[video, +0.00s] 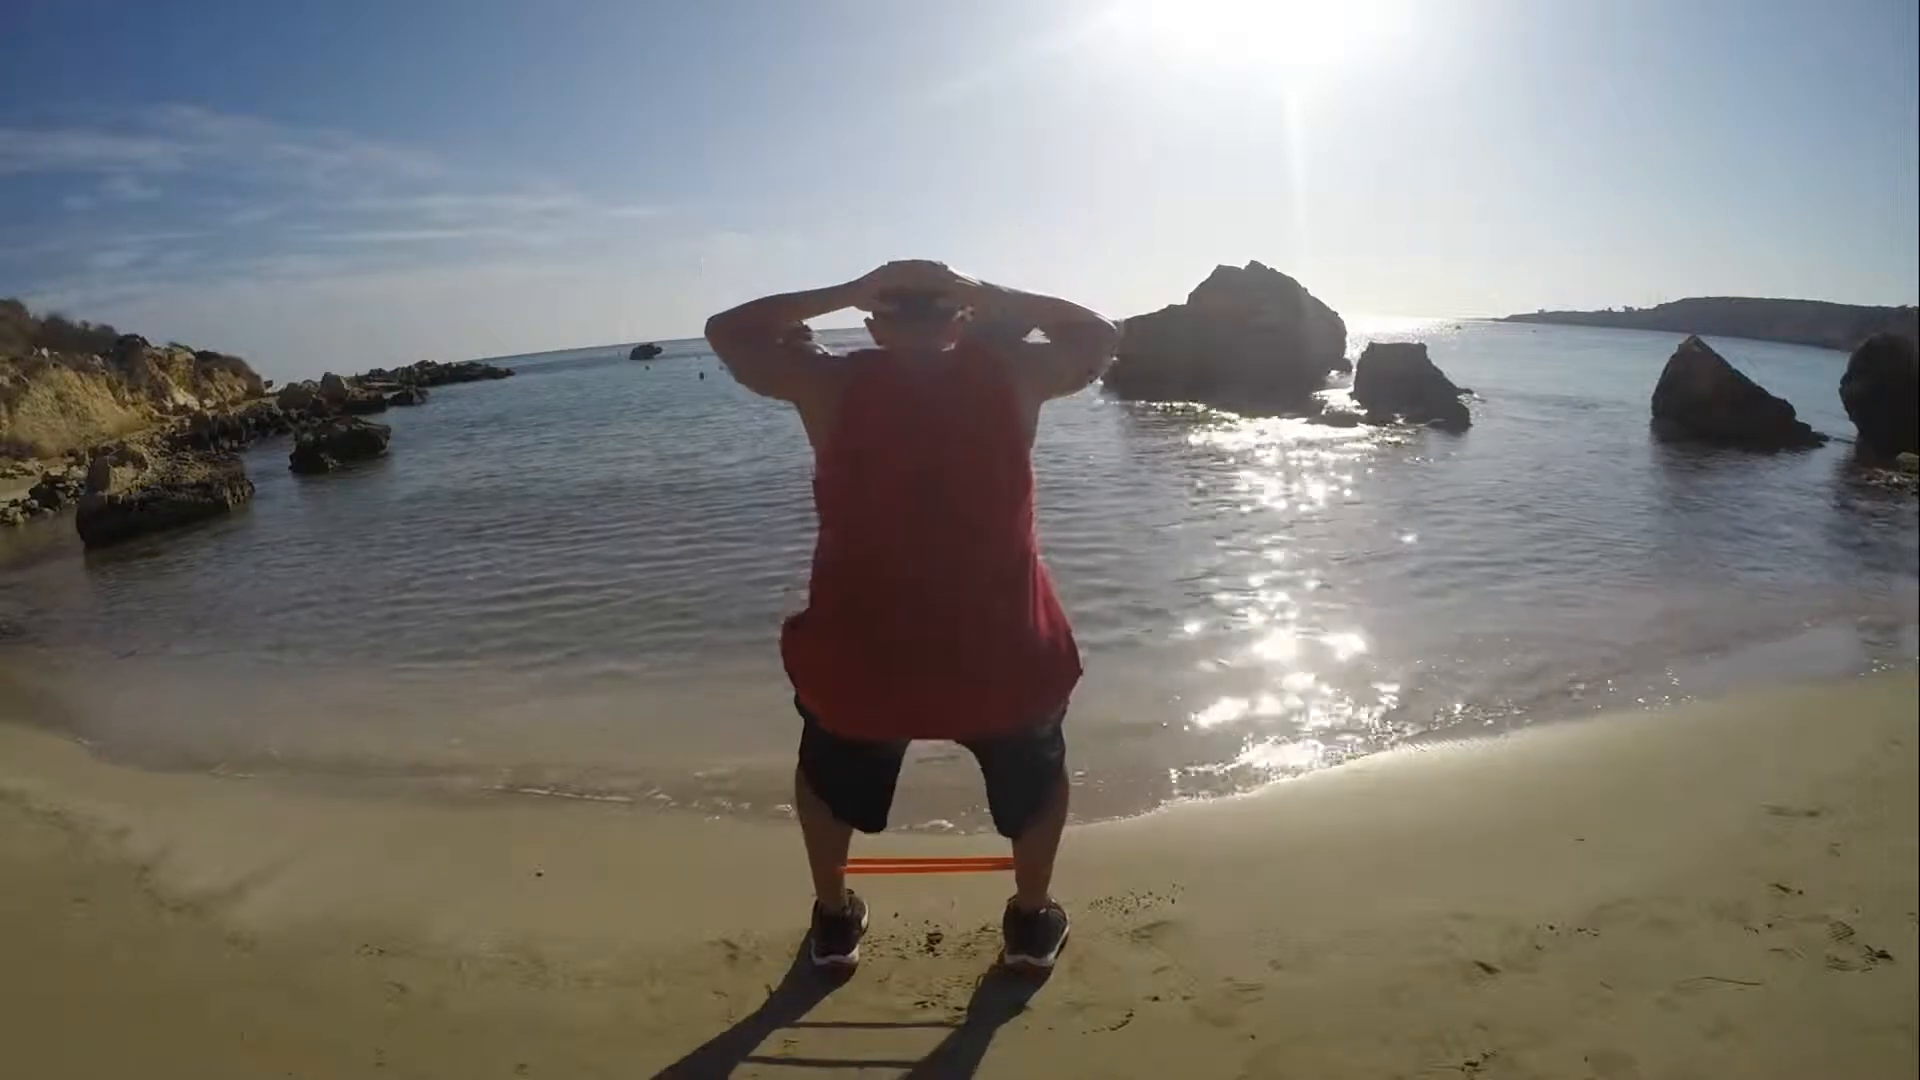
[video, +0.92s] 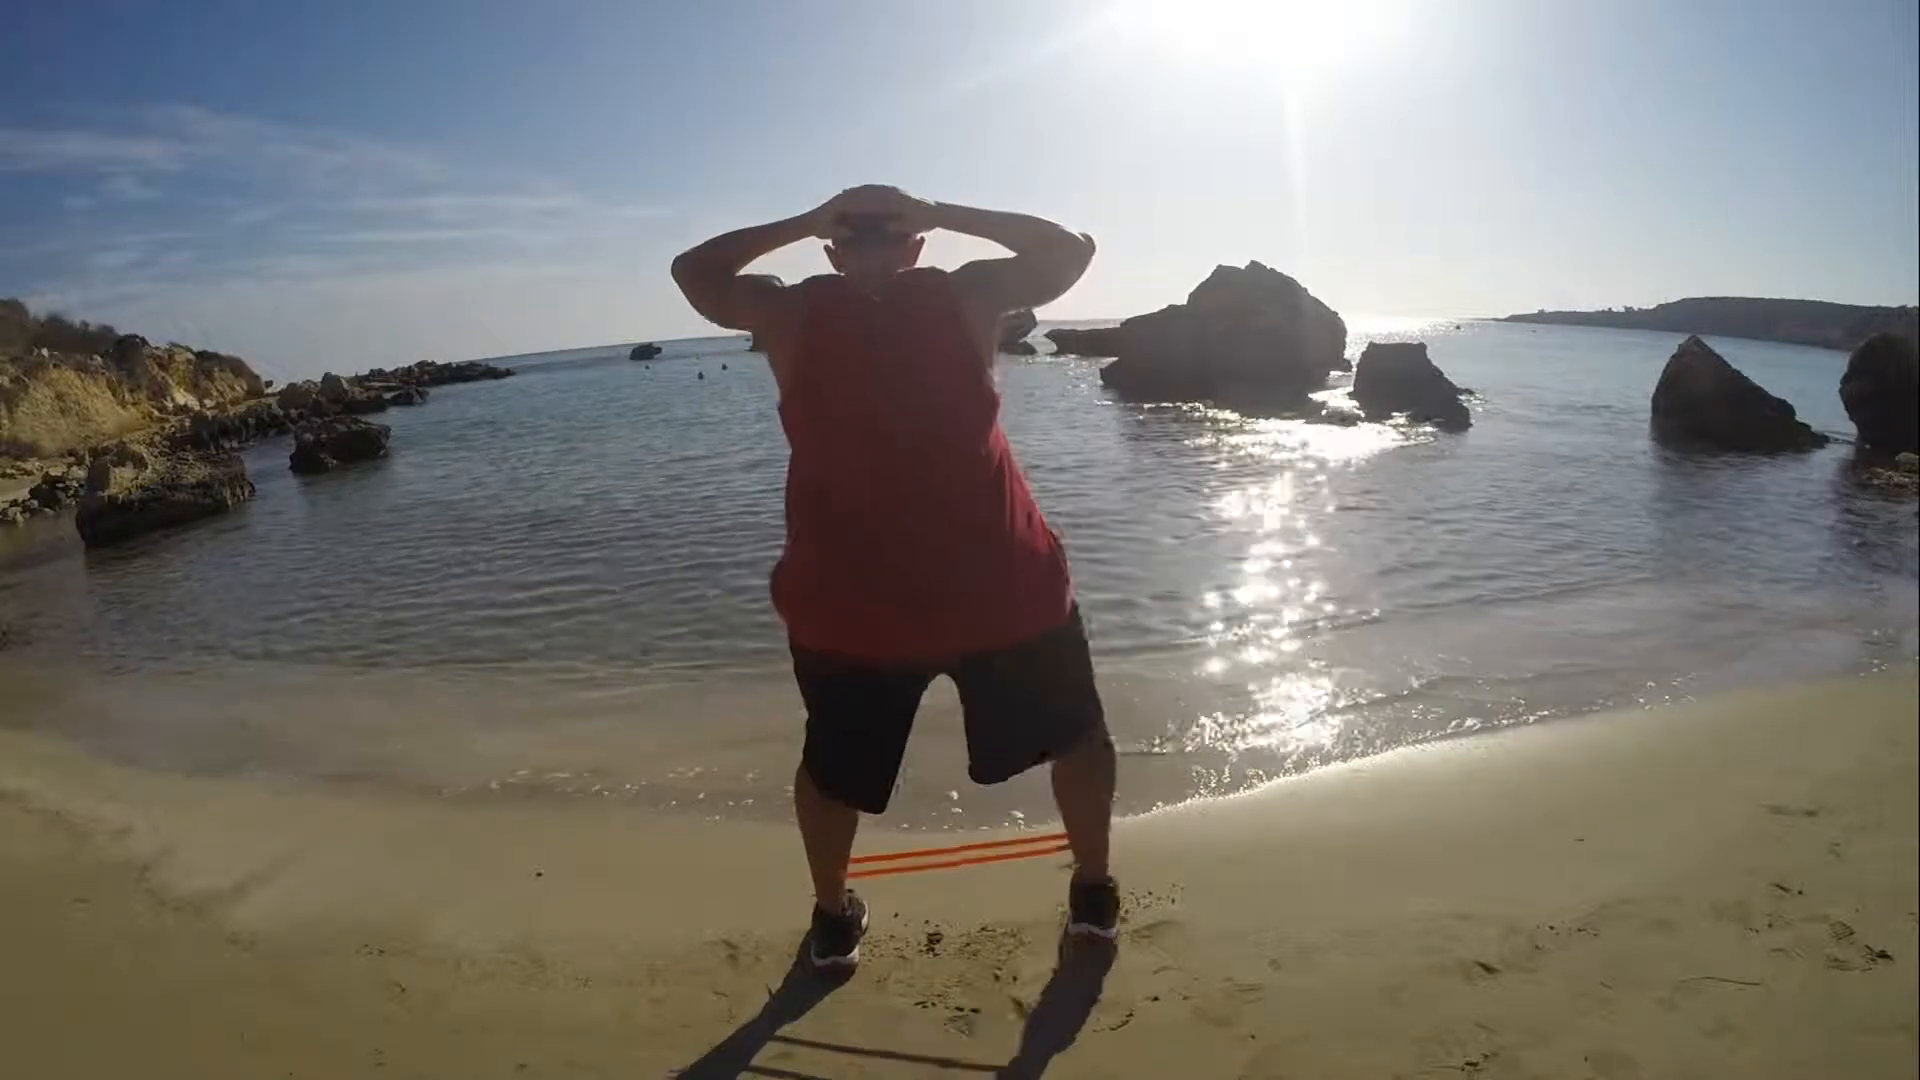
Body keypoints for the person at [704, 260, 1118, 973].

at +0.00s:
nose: (900, 306)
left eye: (894, 300)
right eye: (912, 296)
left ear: (875, 321)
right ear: (963, 316)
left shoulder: (828, 380)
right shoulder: (1009, 373)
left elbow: (728, 329)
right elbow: (1099, 335)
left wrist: (849, 293)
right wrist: (994, 296)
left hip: (863, 658)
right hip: (998, 655)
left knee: (827, 762)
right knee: (1035, 768)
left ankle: (832, 915)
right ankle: (1030, 917)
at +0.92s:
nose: (869, 241)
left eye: (868, 229)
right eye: (873, 228)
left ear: (833, 242)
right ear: (919, 242)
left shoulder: (791, 311)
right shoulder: (970, 296)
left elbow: (695, 271)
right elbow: (1067, 249)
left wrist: (806, 224)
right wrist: (945, 214)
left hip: (852, 580)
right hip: (998, 567)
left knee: (834, 760)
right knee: (1077, 731)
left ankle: (831, 919)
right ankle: (1095, 890)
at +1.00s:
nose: (866, 222)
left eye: (857, 214)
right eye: (884, 210)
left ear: (831, 237)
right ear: (918, 233)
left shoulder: (789, 303)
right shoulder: (968, 286)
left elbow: (698, 265)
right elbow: (1072, 236)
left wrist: (807, 214)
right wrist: (939, 201)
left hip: (855, 576)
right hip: (1003, 557)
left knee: (839, 760)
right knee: (1107, 727)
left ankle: (832, 917)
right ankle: (1156, 881)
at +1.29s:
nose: (929, 247)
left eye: (930, 234)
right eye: (934, 232)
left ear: (913, 250)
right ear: (998, 247)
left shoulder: (873, 322)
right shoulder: (1052, 304)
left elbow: (764, 278)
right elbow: (1147, 251)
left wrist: (881, 228)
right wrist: (1019, 217)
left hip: (934, 596)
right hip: (1083, 590)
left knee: (868, 771)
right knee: (1179, 764)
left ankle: (838, 916)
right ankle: (1253, 904)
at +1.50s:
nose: (1034, 246)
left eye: (1036, 231)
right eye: (1037, 229)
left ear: (1028, 240)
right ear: (1105, 235)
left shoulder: (999, 312)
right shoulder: (1167, 293)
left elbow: (866, 270)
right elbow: (1247, 243)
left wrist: (990, 221)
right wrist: (1127, 210)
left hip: (1036, 578)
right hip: (1179, 579)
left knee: (936, 743)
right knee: (1232, 748)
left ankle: (873, 896)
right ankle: (1257, 907)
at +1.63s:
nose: (1107, 230)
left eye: (1104, 216)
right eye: (1105, 215)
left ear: (1080, 228)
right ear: (1157, 221)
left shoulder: (1056, 298)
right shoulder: (1218, 281)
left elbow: (914, 250)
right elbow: (1291, 238)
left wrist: (1039, 207)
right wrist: (1183, 197)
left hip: (1085, 561)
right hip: (1225, 563)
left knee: (1002, 734)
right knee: (1251, 752)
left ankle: (992, 893)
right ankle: (1261, 904)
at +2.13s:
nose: (1144, 243)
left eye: (1137, 232)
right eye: (1161, 227)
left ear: (1120, 248)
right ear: (1203, 246)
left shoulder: (1089, 310)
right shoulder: (1259, 303)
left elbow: (960, 257)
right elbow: (1334, 263)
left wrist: (1092, 223)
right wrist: (1224, 221)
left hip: (1087, 566)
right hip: (1225, 581)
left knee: (959, 718)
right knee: (1249, 744)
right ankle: (1260, 908)